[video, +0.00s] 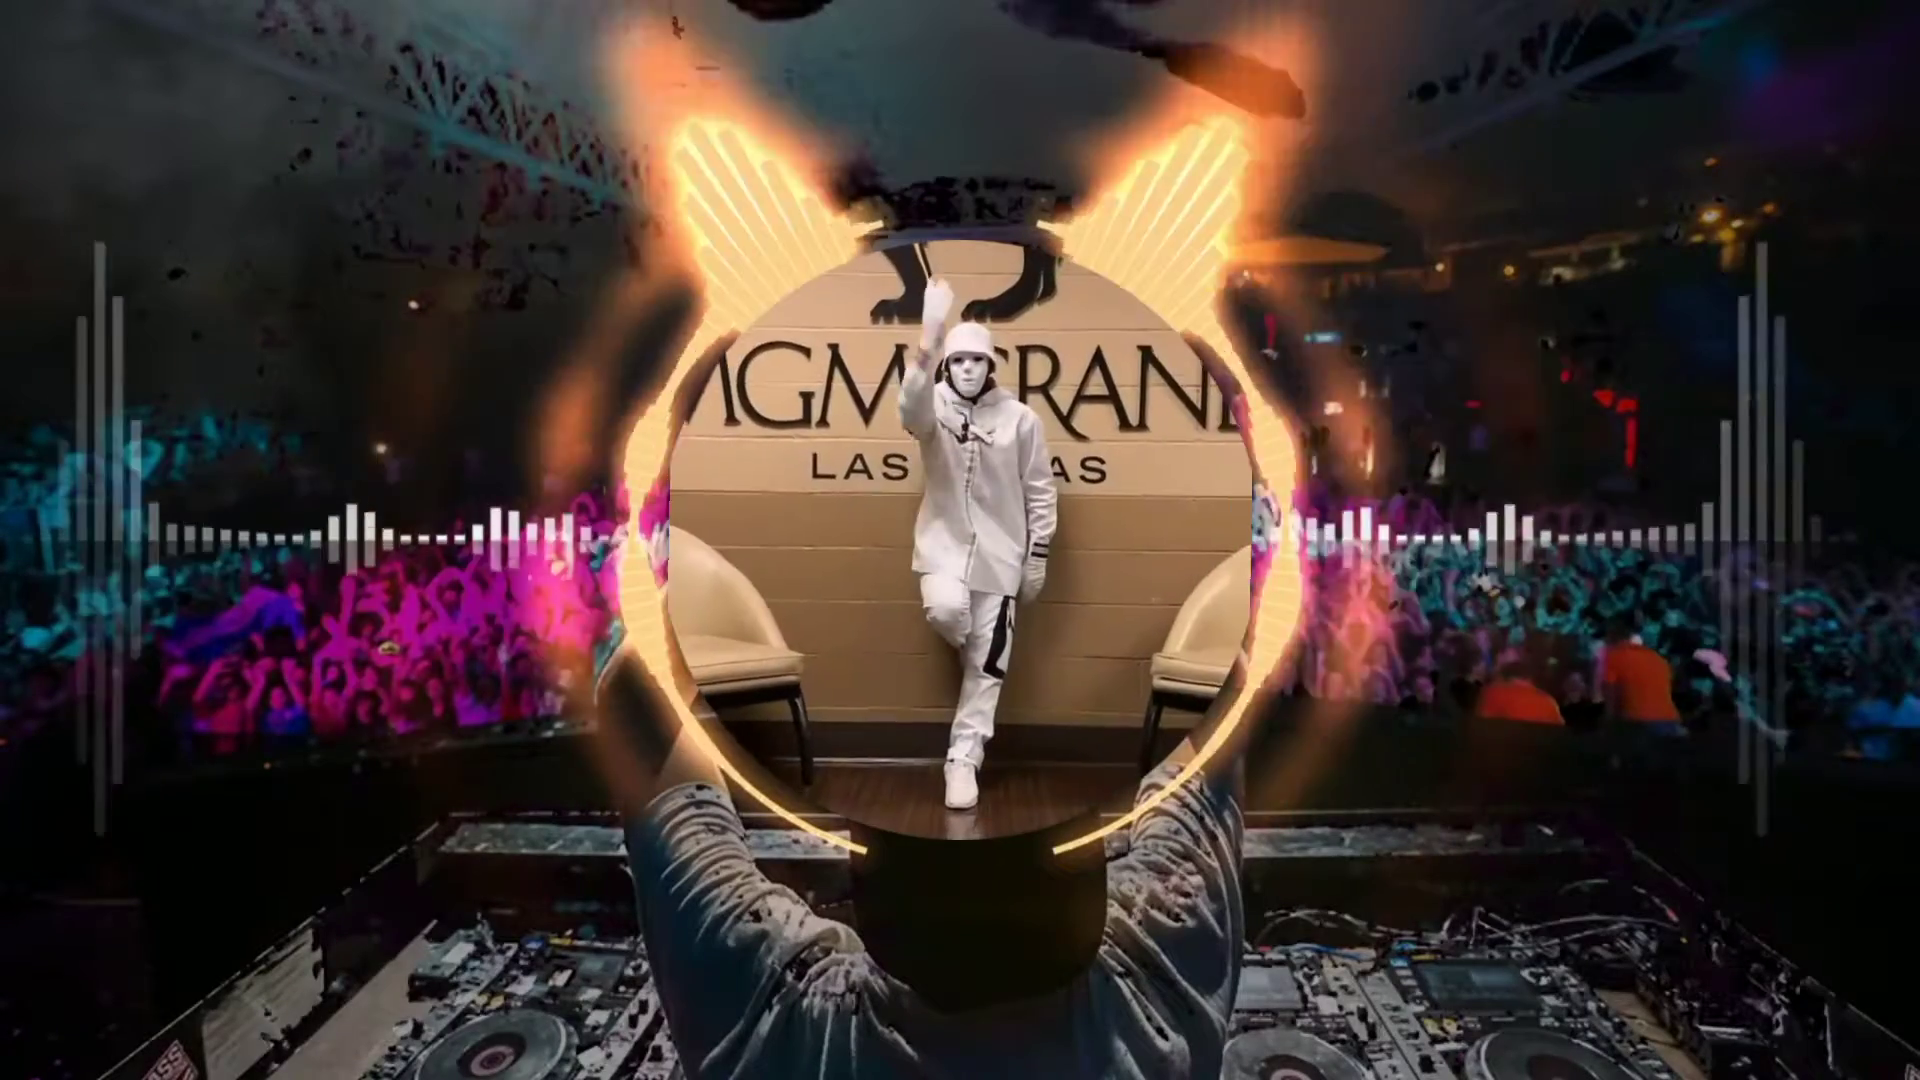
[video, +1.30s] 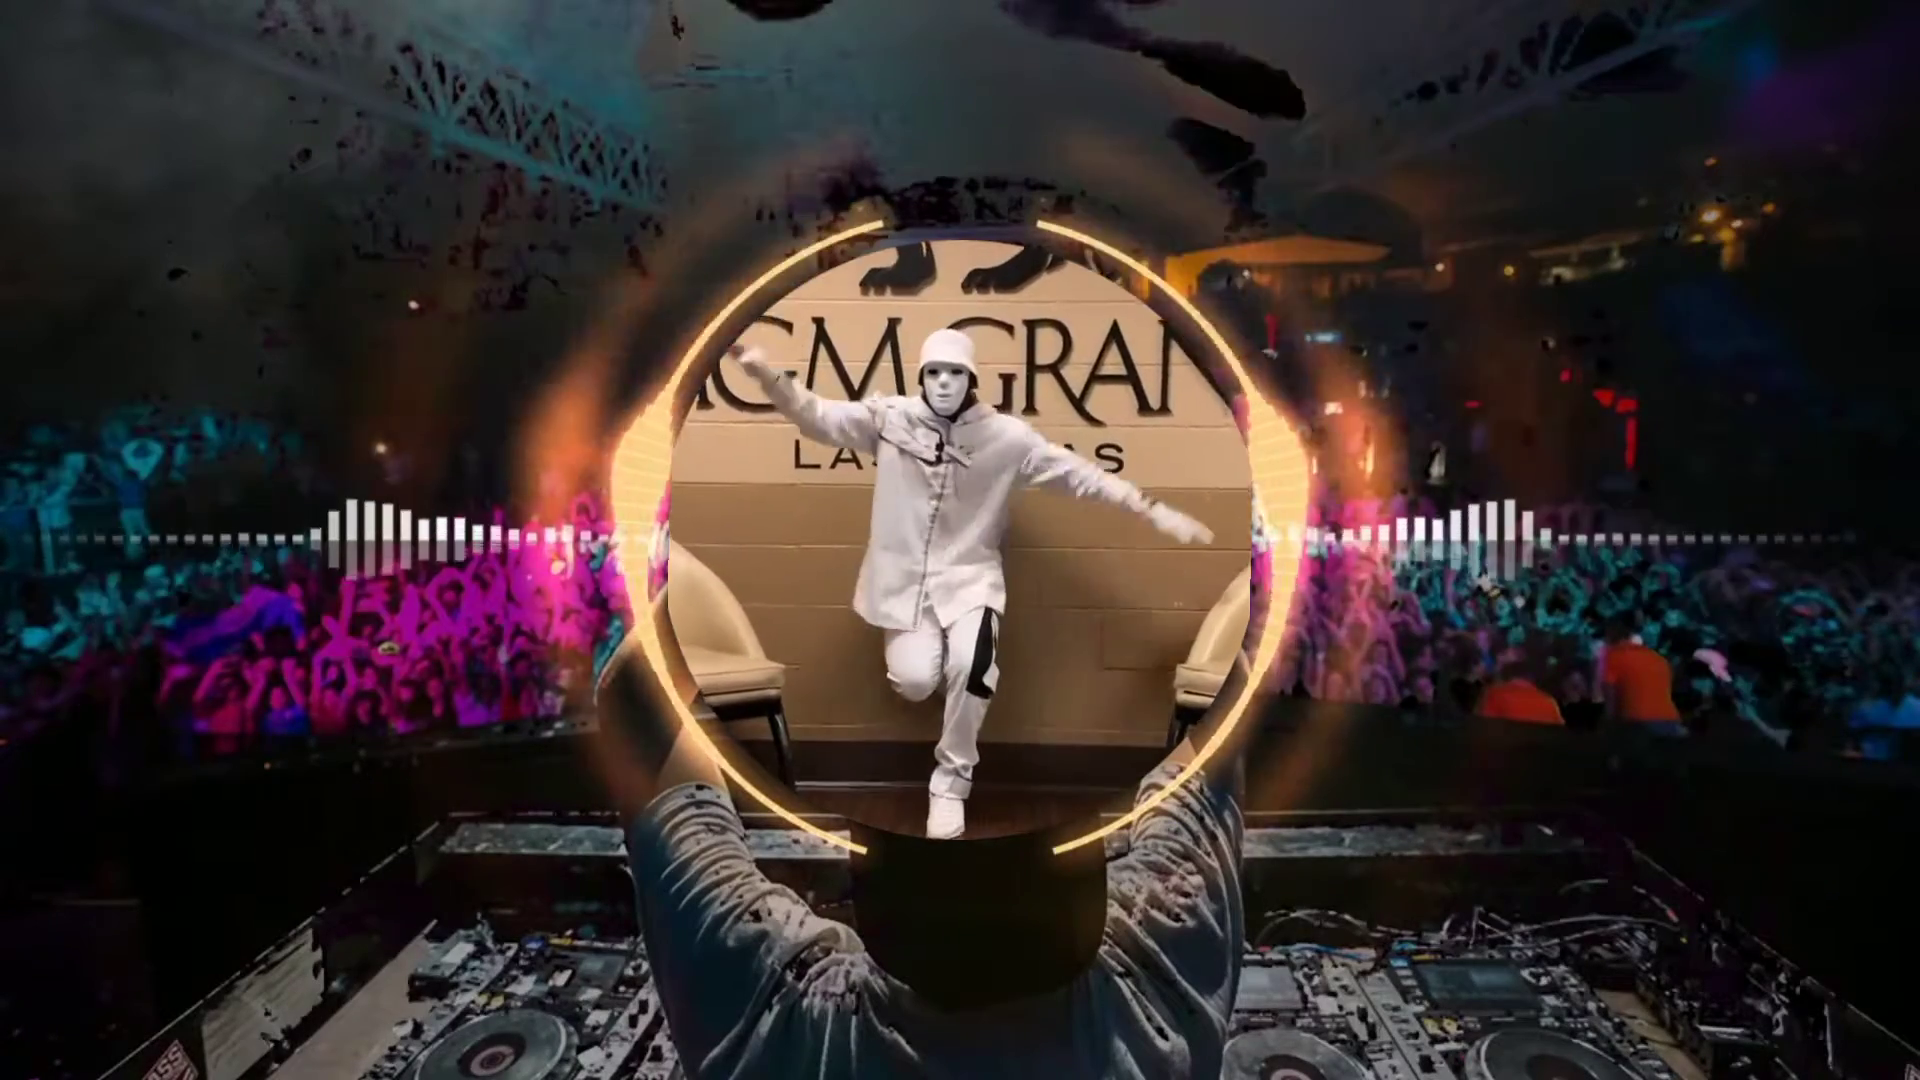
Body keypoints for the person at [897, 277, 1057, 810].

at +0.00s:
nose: (969, 370)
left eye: (978, 361)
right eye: (960, 361)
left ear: (991, 366)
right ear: (945, 366)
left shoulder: (1019, 418)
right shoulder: (932, 416)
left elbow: (1040, 492)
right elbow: (914, 410)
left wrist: (1037, 557)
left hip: (999, 544)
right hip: (943, 536)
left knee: (987, 658)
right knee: (945, 610)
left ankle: (963, 760)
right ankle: (975, 644)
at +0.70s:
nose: (957, 346)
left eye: (966, 337)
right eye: (948, 337)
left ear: (980, 341)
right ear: (935, 342)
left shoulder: (1007, 404)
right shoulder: (910, 390)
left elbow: (1019, 479)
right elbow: (914, 440)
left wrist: (1011, 535)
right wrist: (983, 439)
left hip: (989, 543)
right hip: (931, 539)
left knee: (980, 657)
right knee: (937, 632)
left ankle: (963, 759)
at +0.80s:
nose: (957, 345)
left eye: (966, 336)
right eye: (948, 336)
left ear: (982, 342)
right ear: (935, 341)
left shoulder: (1007, 400)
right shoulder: (911, 384)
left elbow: (1020, 475)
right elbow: (884, 421)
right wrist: (948, 433)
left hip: (985, 548)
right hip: (926, 545)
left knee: (974, 664)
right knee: (931, 643)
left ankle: (954, 765)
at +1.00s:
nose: (945, 337)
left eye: (955, 328)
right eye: (936, 327)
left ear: (972, 332)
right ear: (923, 332)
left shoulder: (1002, 393)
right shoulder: (907, 377)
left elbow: (1009, 464)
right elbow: (874, 386)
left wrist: (972, 490)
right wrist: (937, 363)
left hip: (974, 546)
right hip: (915, 537)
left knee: (967, 665)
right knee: (922, 636)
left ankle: (951, 770)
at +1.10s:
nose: (944, 365)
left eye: (955, 356)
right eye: (935, 355)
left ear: (971, 362)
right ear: (921, 358)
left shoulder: (1002, 424)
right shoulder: (905, 406)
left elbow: (1013, 499)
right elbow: (865, 379)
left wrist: (1005, 564)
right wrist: (895, 315)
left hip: (976, 557)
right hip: (915, 553)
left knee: (972, 666)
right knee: (915, 657)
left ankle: (951, 776)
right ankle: (960, 653)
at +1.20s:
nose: (943, 378)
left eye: (954, 369)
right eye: (934, 368)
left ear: (970, 376)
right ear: (920, 373)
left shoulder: (1002, 439)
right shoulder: (898, 413)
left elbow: (1039, 516)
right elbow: (844, 390)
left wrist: (1072, 585)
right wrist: (842, 322)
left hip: (972, 576)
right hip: (908, 573)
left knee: (974, 672)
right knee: (915, 673)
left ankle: (950, 782)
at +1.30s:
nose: (944, 382)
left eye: (954, 373)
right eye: (934, 372)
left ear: (972, 379)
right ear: (920, 375)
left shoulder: (1005, 436)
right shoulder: (888, 418)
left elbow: (1077, 474)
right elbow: (819, 417)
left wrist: (1152, 510)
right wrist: (771, 378)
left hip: (970, 576)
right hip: (902, 579)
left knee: (974, 670)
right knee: (913, 680)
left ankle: (949, 788)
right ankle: (941, 639)